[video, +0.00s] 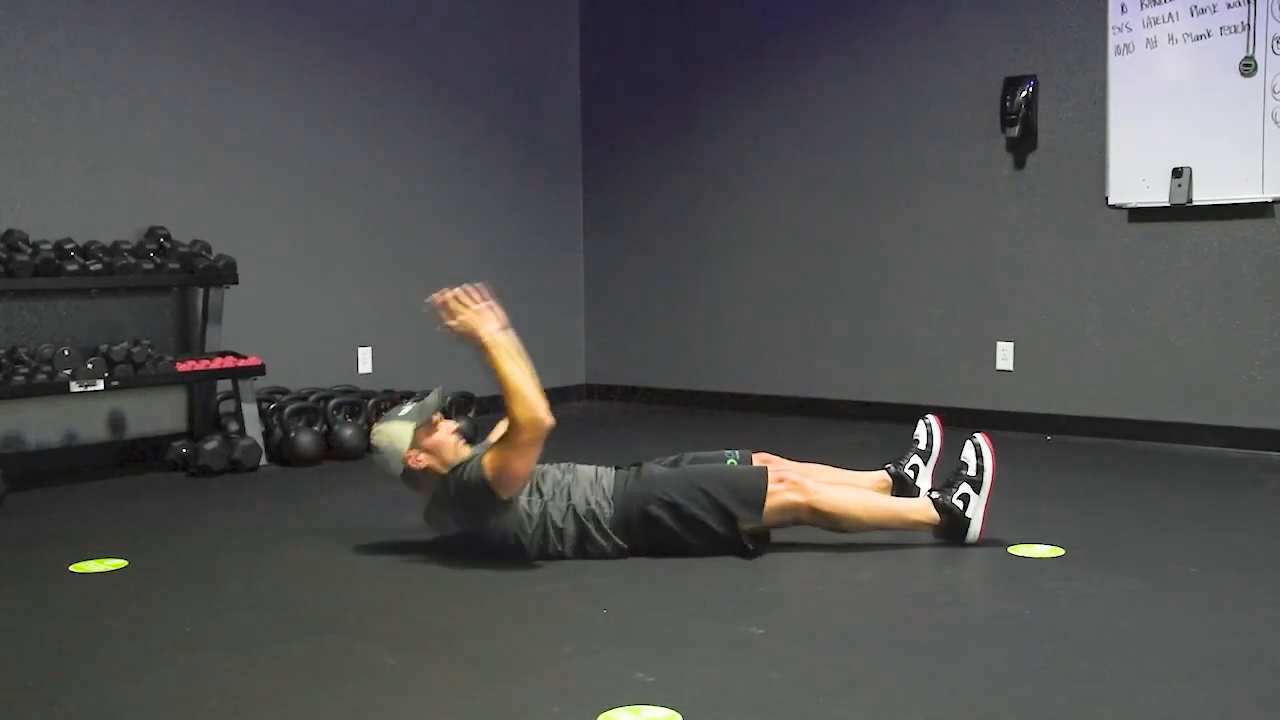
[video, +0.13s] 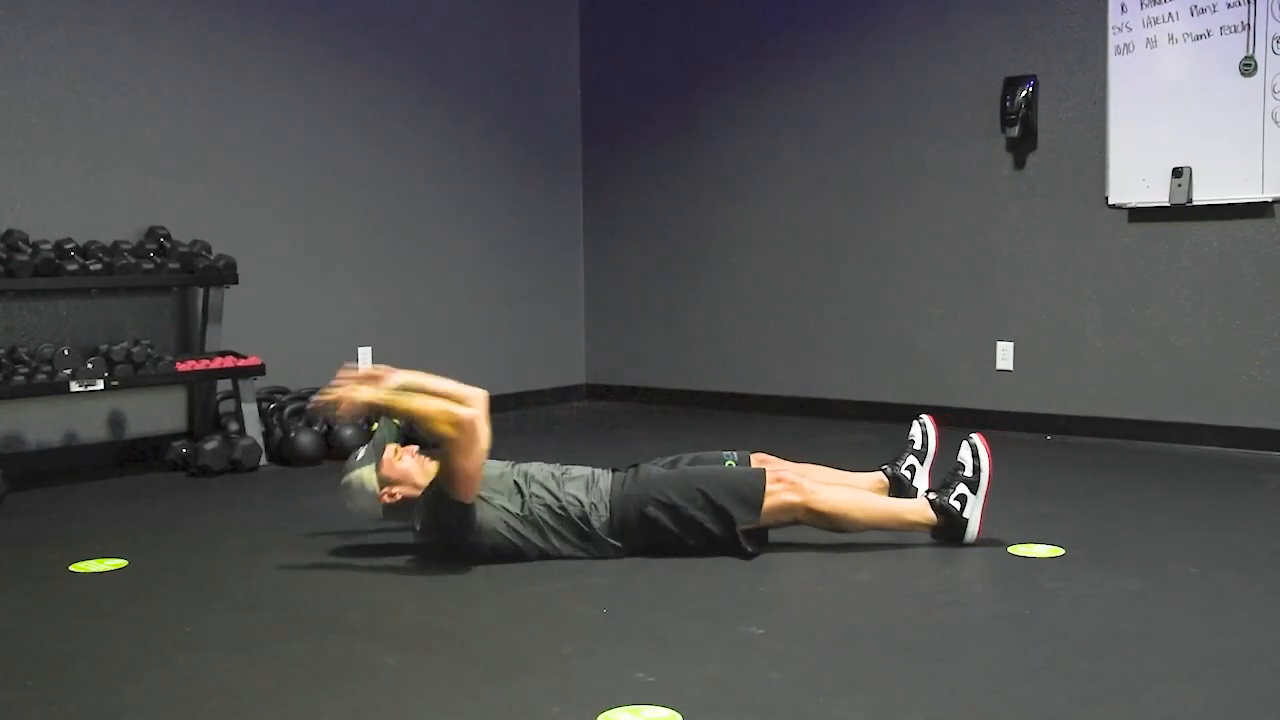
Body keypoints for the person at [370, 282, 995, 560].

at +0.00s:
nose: (448, 427)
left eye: (438, 422)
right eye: (432, 431)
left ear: (435, 444)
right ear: (418, 462)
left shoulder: (467, 474)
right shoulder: (463, 493)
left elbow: (527, 419)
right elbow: (531, 420)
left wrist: (496, 331)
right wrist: (491, 333)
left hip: (626, 488)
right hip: (624, 510)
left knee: (771, 465)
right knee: (790, 488)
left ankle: (898, 483)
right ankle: (943, 515)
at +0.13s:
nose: (401, 457)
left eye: (389, 455)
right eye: (389, 462)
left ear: (399, 466)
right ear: (395, 486)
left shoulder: (449, 482)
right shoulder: (451, 507)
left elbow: (471, 407)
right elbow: (469, 409)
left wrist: (382, 379)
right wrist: (378, 394)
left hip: (625, 488)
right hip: (625, 510)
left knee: (778, 471)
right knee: (788, 489)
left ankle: (899, 484)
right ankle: (942, 513)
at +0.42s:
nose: (391, 484)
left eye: (385, 478)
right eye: (386, 482)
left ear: (385, 499)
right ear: (384, 511)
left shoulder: (440, 504)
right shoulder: (431, 526)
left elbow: (396, 431)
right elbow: (382, 430)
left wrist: (325, 493)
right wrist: (312, 503)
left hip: (625, 485)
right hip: (624, 509)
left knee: (768, 464)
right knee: (784, 488)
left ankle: (895, 488)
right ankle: (942, 514)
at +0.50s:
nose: (385, 481)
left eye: (381, 474)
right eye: (379, 481)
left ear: (392, 484)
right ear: (383, 504)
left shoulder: (442, 499)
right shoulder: (436, 523)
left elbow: (414, 415)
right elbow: (409, 417)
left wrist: (332, 452)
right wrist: (323, 454)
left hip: (621, 486)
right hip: (620, 512)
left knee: (767, 464)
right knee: (784, 486)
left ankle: (897, 486)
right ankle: (942, 514)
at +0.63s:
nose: (421, 438)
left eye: (410, 433)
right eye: (405, 444)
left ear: (418, 454)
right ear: (400, 479)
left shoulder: (456, 489)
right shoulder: (450, 512)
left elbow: (495, 411)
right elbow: (497, 411)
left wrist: (440, 335)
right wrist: (433, 339)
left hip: (631, 487)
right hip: (627, 508)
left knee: (769, 466)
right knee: (785, 488)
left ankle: (895, 487)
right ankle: (941, 514)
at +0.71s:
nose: (457, 413)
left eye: (449, 405)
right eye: (442, 414)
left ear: (433, 435)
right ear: (420, 446)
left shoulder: (464, 464)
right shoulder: (460, 478)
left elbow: (542, 421)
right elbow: (556, 417)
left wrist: (560, 325)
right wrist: (562, 316)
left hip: (618, 492)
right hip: (619, 511)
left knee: (763, 466)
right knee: (784, 485)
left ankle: (895, 484)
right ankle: (940, 513)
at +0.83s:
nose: (497, 375)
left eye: (488, 368)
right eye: (483, 372)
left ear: (466, 392)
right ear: (460, 397)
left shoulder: (503, 419)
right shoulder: (490, 446)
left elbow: (592, 398)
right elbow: (596, 428)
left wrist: (655, 349)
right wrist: (676, 361)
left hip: (633, 483)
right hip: (625, 513)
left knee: (778, 456)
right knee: (793, 480)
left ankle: (905, 482)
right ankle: (947, 510)